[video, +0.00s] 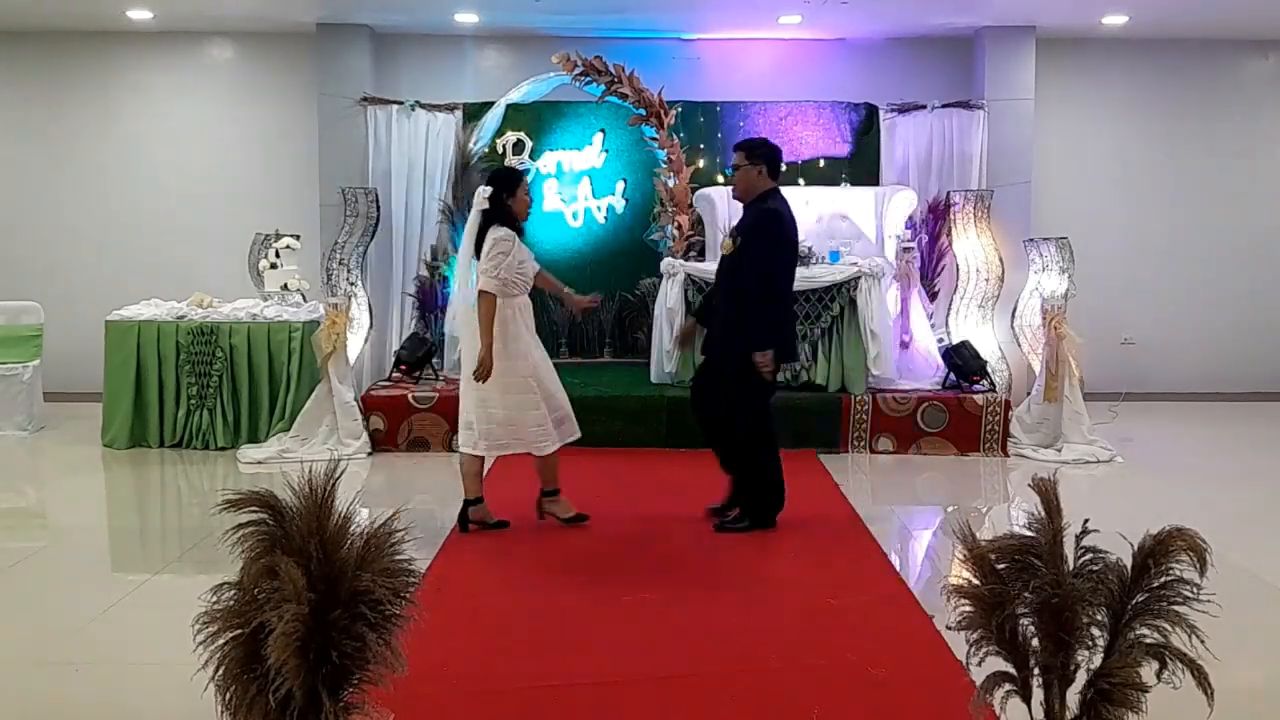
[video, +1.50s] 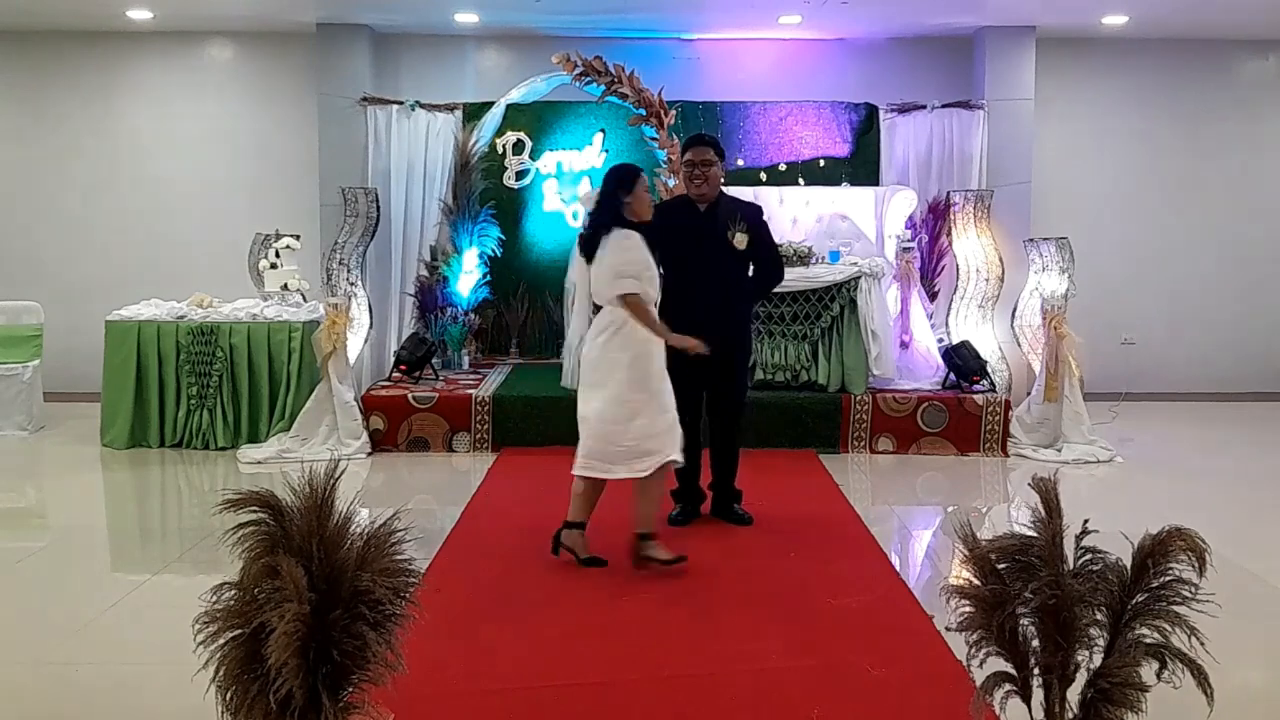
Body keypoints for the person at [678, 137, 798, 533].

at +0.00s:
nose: (732, 178)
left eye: (737, 170)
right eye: (732, 170)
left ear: (761, 172)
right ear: (757, 173)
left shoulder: (770, 216)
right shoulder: (755, 214)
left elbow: (769, 287)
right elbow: (732, 281)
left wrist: (765, 343)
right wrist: (698, 319)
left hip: (751, 344)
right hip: (732, 339)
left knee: (750, 423)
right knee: (708, 398)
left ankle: (760, 509)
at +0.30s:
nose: (696, 175)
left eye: (702, 168)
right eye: (695, 169)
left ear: (728, 169)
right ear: (709, 172)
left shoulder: (761, 215)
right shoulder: (700, 218)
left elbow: (789, 266)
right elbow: (682, 267)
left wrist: (756, 300)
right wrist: (638, 277)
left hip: (739, 338)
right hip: (696, 336)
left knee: (727, 420)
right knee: (683, 416)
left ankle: (729, 507)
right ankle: (684, 500)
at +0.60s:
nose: (713, 176)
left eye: (721, 169)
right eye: (704, 169)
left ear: (733, 172)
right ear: (691, 173)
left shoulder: (755, 214)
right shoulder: (673, 215)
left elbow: (780, 264)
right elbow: (653, 267)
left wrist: (749, 293)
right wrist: (643, 285)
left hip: (738, 335)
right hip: (689, 334)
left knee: (732, 420)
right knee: (686, 417)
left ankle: (724, 499)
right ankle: (685, 498)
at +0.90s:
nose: (717, 174)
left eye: (724, 167)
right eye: (708, 167)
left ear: (734, 172)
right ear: (694, 172)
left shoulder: (750, 212)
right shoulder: (681, 211)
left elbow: (759, 260)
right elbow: (681, 245)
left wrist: (737, 289)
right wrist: (684, 262)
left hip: (740, 332)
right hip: (694, 332)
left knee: (739, 416)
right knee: (695, 414)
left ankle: (727, 498)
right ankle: (690, 498)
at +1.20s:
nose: (706, 171)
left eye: (713, 164)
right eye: (697, 164)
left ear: (725, 168)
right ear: (685, 169)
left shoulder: (743, 210)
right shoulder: (671, 209)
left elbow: (760, 262)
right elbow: (677, 245)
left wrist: (732, 291)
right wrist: (699, 263)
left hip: (733, 333)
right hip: (687, 333)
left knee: (731, 418)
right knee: (687, 417)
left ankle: (727, 499)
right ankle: (688, 498)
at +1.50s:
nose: (698, 172)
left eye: (706, 165)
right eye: (690, 165)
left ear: (722, 169)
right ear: (680, 170)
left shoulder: (745, 214)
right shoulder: (662, 215)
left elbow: (772, 270)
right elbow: (638, 265)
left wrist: (740, 298)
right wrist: (656, 304)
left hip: (729, 331)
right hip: (678, 329)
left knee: (726, 418)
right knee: (684, 417)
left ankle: (725, 499)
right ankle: (687, 498)